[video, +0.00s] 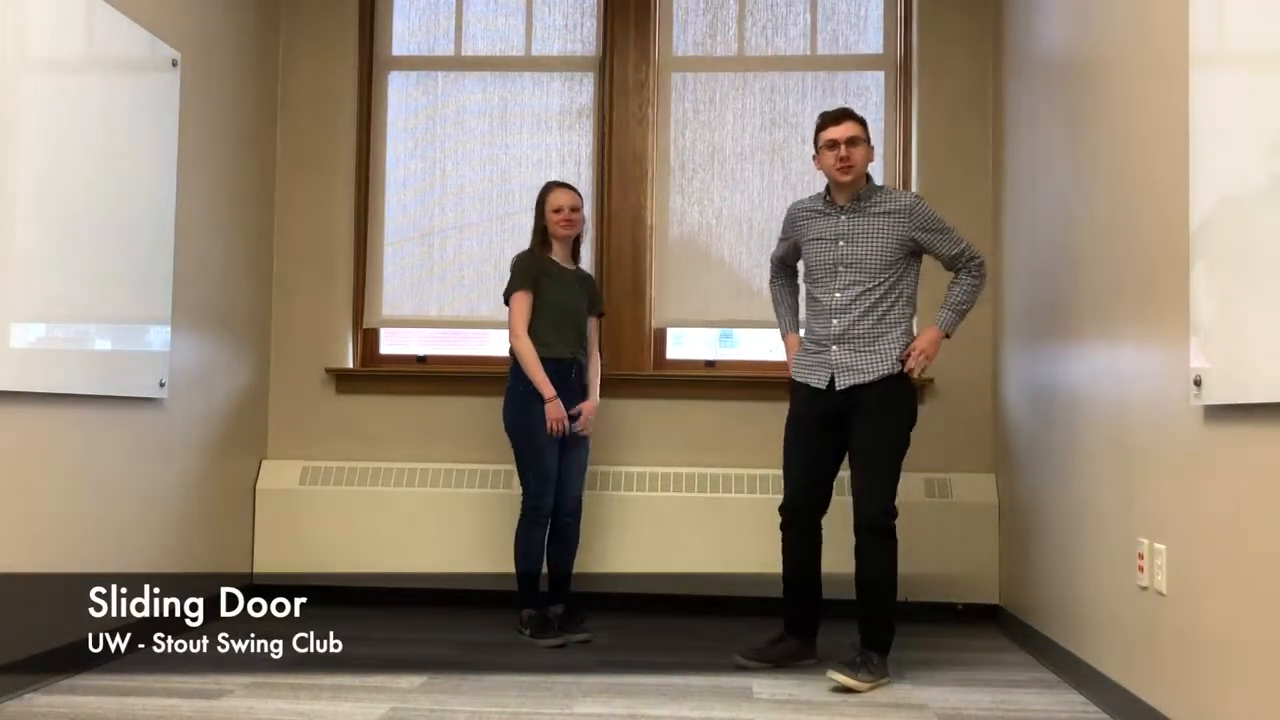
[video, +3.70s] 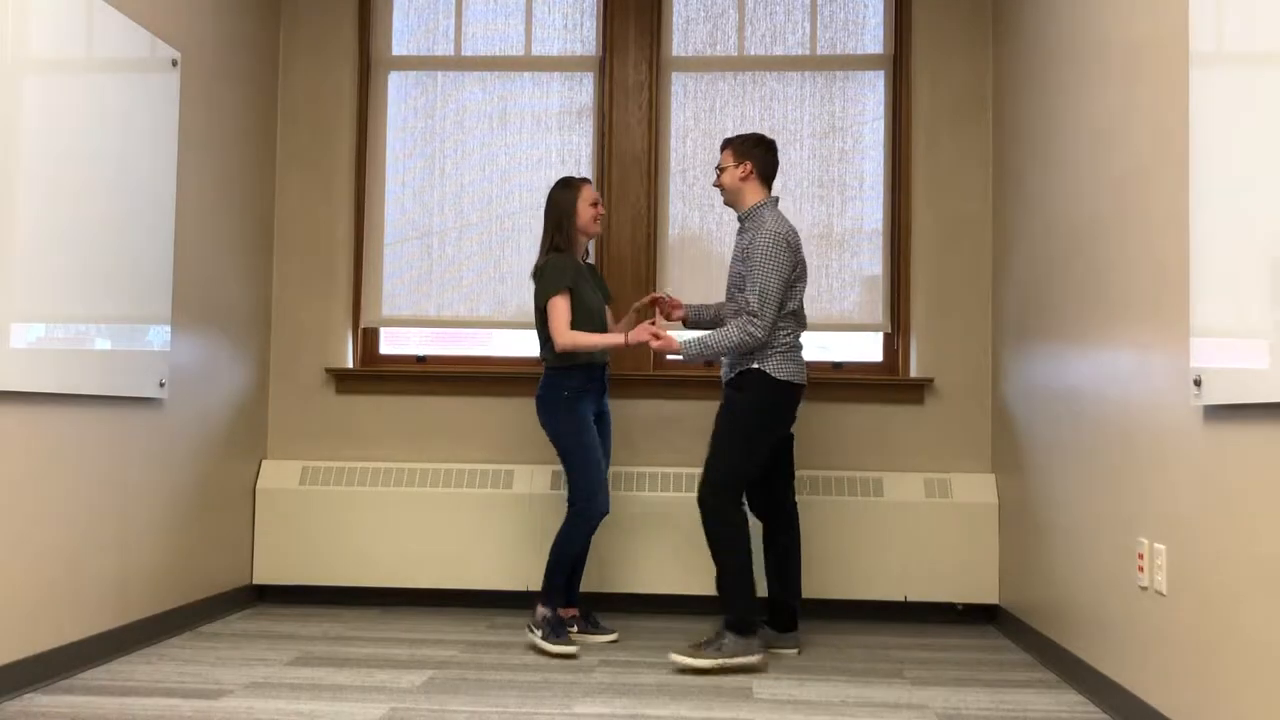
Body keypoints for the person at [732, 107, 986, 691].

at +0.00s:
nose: (843, 153)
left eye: (853, 143)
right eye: (832, 146)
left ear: (870, 152)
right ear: (817, 158)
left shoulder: (904, 211)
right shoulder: (803, 216)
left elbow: (972, 266)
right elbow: (782, 270)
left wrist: (940, 329)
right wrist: (790, 333)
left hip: (881, 385)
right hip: (814, 385)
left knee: (873, 515)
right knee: (798, 510)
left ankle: (873, 652)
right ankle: (798, 637)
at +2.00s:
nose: (770, 166)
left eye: (775, 155)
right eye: (771, 157)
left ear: (799, 153)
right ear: (803, 153)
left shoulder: (853, 205)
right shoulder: (812, 213)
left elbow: (919, 275)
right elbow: (844, 291)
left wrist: (869, 347)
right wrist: (801, 355)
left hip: (848, 392)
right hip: (804, 392)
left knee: (862, 519)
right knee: (800, 515)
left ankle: (866, 653)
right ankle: (796, 637)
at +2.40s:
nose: (771, 167)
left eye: (776, 158)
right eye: (773, 158)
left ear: (799, 160)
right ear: (808, 160)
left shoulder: (833, 211)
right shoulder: (816, 214)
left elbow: (854, 292)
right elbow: (853, 299)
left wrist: (786, 351)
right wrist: (801, 360)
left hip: (846, 385)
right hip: (817, 384)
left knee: (862, 517)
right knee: (792, 505)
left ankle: (867, 653)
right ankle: (788, 626)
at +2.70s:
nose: (757, 176)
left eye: (762, 166)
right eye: (758, 167)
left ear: (784, 168)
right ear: (791, 169)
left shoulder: (809, 227)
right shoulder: (797, 226)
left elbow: (777, 316)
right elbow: (783, 319)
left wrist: (706, 351)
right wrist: (722, 355)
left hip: (814, 388)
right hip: (789, 388)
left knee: (828, 516)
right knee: (770, 506)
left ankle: (859, 653)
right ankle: (779, 626)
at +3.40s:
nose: (730, 179)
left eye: (736, 169)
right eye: (731, 170)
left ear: (762, 172)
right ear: (766, 173)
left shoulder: (776, 225)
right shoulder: (773, 224)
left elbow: (741, 311)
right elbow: (741, 311)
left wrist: (672, 329)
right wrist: (677, 328)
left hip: (770, 383)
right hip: (766, 381)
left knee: (760, 506)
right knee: (763, 504)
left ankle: (778, 631)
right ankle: (773, 626)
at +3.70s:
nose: (715, 177)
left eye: (721, 168)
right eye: (718, 169)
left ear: (745, 169)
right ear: (748, 171)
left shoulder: (767, 232)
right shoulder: (756, 229)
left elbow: (755, 329)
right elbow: (740, 312)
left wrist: (682, 347)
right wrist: (685, 313)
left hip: (762, 381)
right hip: (768, 379)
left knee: (717, 496)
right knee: (773, 501)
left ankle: (741, 631)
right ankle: (782, 622)